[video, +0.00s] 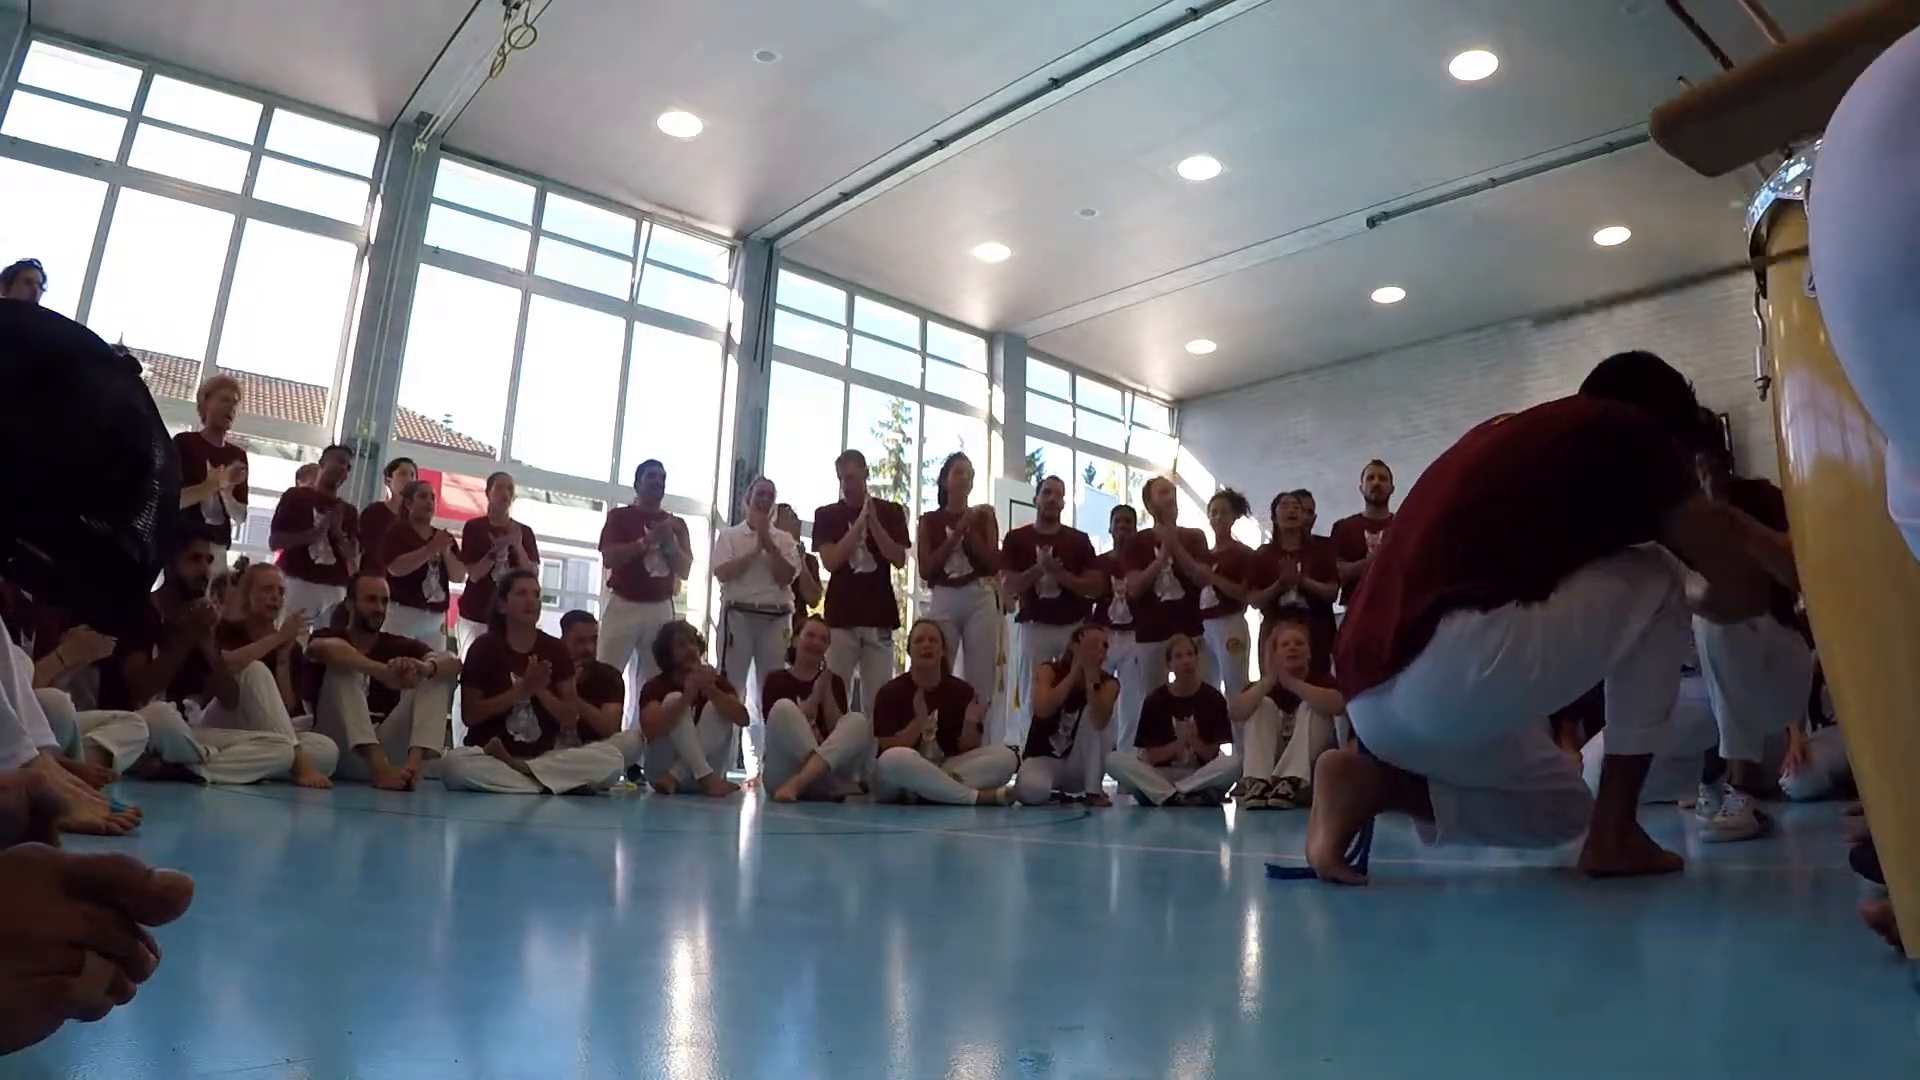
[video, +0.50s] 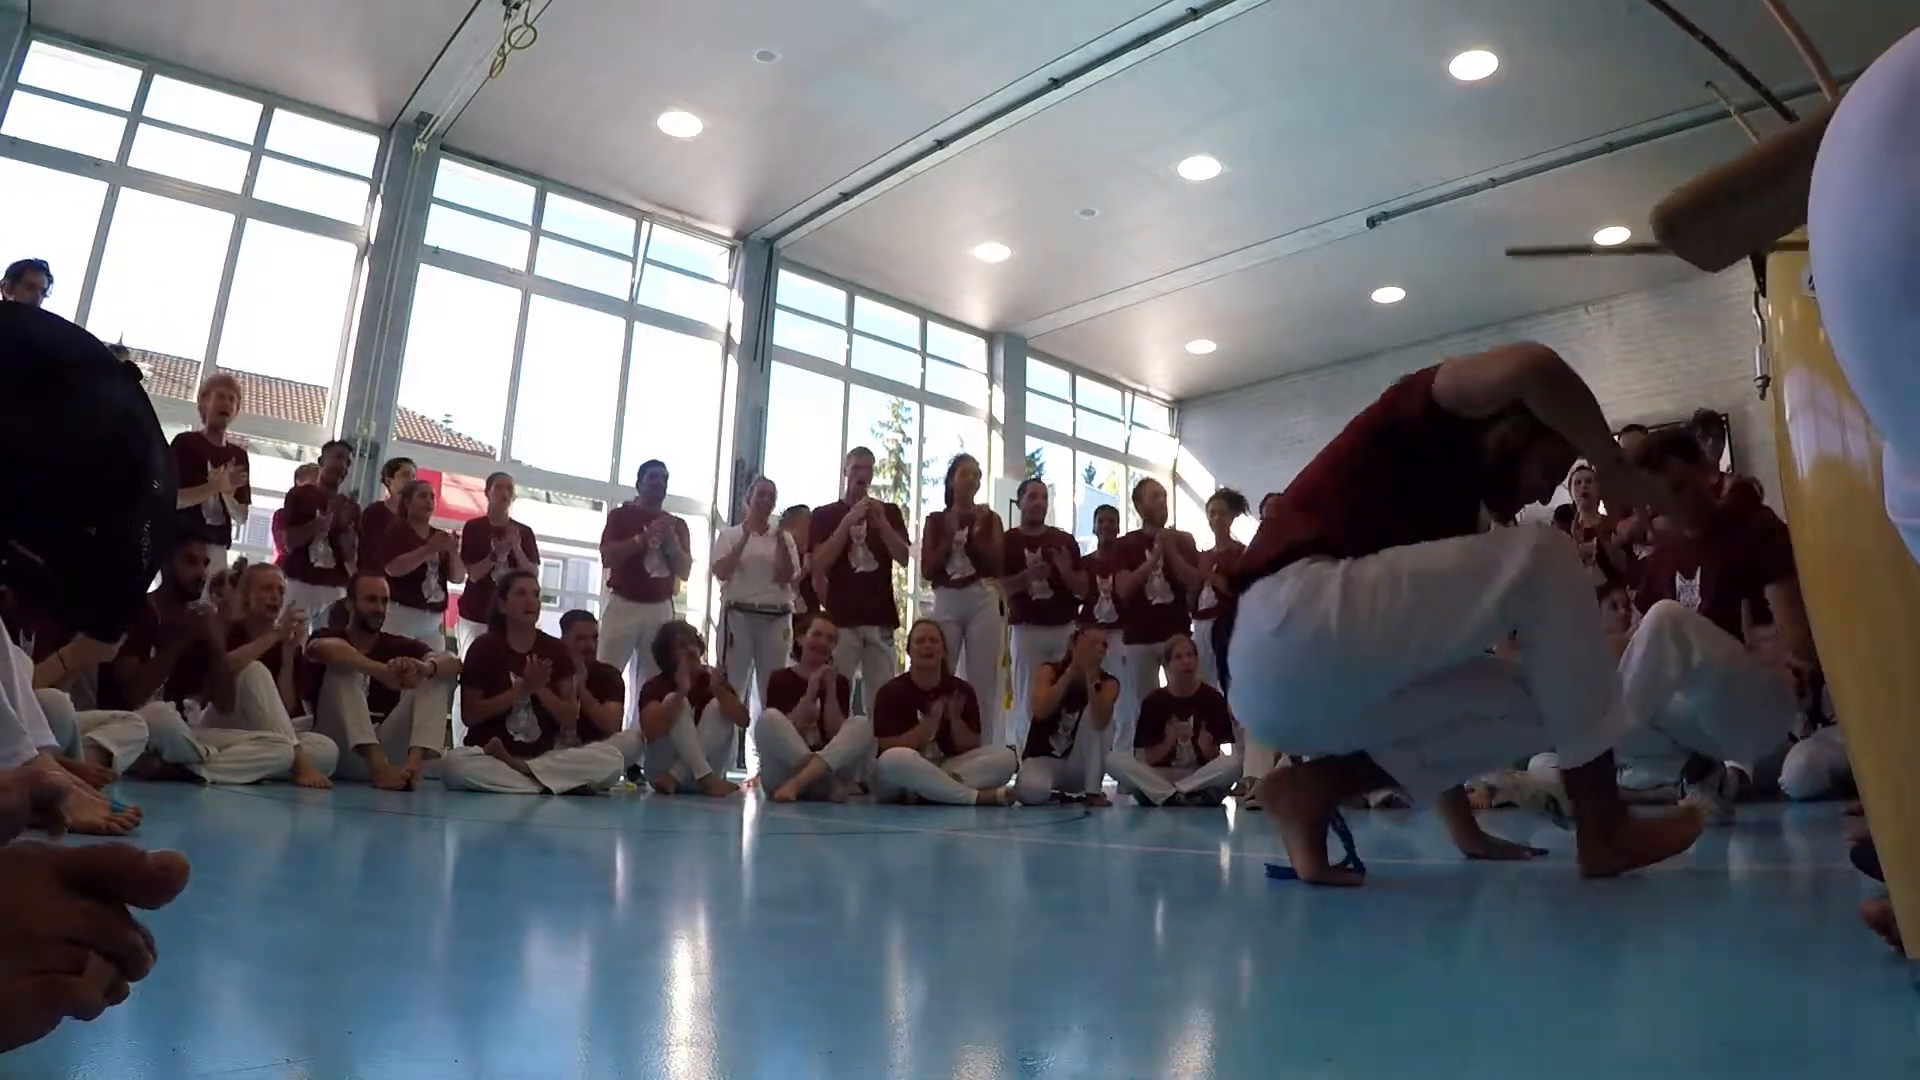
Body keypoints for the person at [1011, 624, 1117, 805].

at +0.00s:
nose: (1099, 651)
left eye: (1104, 646)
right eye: (1093, 644)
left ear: (1107, 650)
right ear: (1074, 646)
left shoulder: (1108, 682)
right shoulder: (1048, 670)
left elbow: (1099, 719)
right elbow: (1042, 709)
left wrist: (1092, 671)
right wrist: (1075, 672)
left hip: (1080, 762)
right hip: (1042, 760)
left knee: (1095, 712)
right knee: (1033, 793)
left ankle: (1094, 791)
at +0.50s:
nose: (1099, 650)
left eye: (1103, 645)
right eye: (1093, 643)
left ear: (1106, 650)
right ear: (1074, 644)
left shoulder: (1108, 683)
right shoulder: (1049, 671)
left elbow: (1100, 719)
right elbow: (1040, 710)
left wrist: (1091, 677)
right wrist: (1070, 673)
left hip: (1080, 763)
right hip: (1042, 761)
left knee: (1095, 712)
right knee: (1033, 793)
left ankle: (1093, 791)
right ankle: (1012, 793)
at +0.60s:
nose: (1099, 649)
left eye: (1103, 645)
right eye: (1093, 643)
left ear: (1106, 651)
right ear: (1073, 645)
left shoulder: (1108, 683)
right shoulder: (1049, 670)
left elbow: (1101, 719)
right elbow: (1040, 709)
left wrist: (1093, 676)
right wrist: (1071, 672)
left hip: (1080, 763)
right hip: (1042, 761)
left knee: (1095, 711)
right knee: (1033, 793)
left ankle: (1093, 791)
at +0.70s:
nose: (1097, 649)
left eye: (1102, 645)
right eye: (1091, 642)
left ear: (1105, 651)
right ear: (1074, 644)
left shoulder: (1108, 683)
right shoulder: (1051, 671)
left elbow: (1102, 719)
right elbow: (1040, 711)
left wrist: (1091, 679)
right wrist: (1071, 677)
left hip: (1080, 763)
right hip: (1042, 761)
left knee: (1095, 709)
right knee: (1034, 793)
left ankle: (1093, 791)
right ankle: (1010, 794)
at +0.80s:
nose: (1098, 648)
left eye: (1103, 645)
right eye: (1092, 642)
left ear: (1105, 651)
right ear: (1074, 644)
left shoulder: (1108, 683)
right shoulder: (1050, 671)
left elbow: (1102, 720)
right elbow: (1040, 711)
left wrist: (1091, 678)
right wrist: (1072, 673)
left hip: (1080, 762)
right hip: (1042, 760)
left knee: (1095, 709)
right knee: (1034, 793)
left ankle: (1093, 791)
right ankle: (1010, 794)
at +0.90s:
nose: (1098, 649)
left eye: (1103, 645)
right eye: (1092, 642)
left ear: (1105, 651)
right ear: (1074, 644)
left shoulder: (1109, 683)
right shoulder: (1050, 671)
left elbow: (1105, 726)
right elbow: (1040, 711)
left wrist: (1094, 684)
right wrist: (1069, 672)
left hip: (1083, 759)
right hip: (1043, 757)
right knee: (1041, 787)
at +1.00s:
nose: (1097, 649)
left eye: (1103, 645)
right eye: (1092, 642)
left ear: (1107, 650)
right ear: (1074, 644)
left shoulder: (1105, 679)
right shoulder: (1051, 670)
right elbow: (1046, 705)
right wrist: (1073, 671)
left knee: (1097, 727)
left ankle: (1093, 789)